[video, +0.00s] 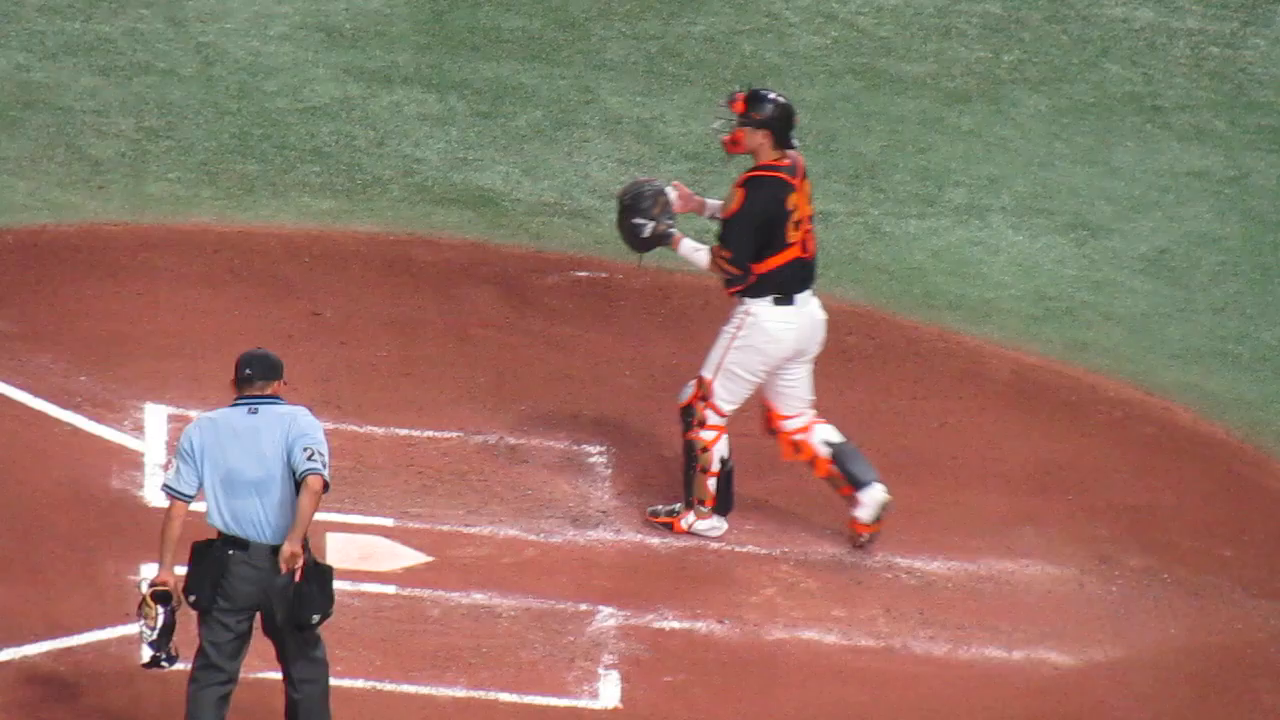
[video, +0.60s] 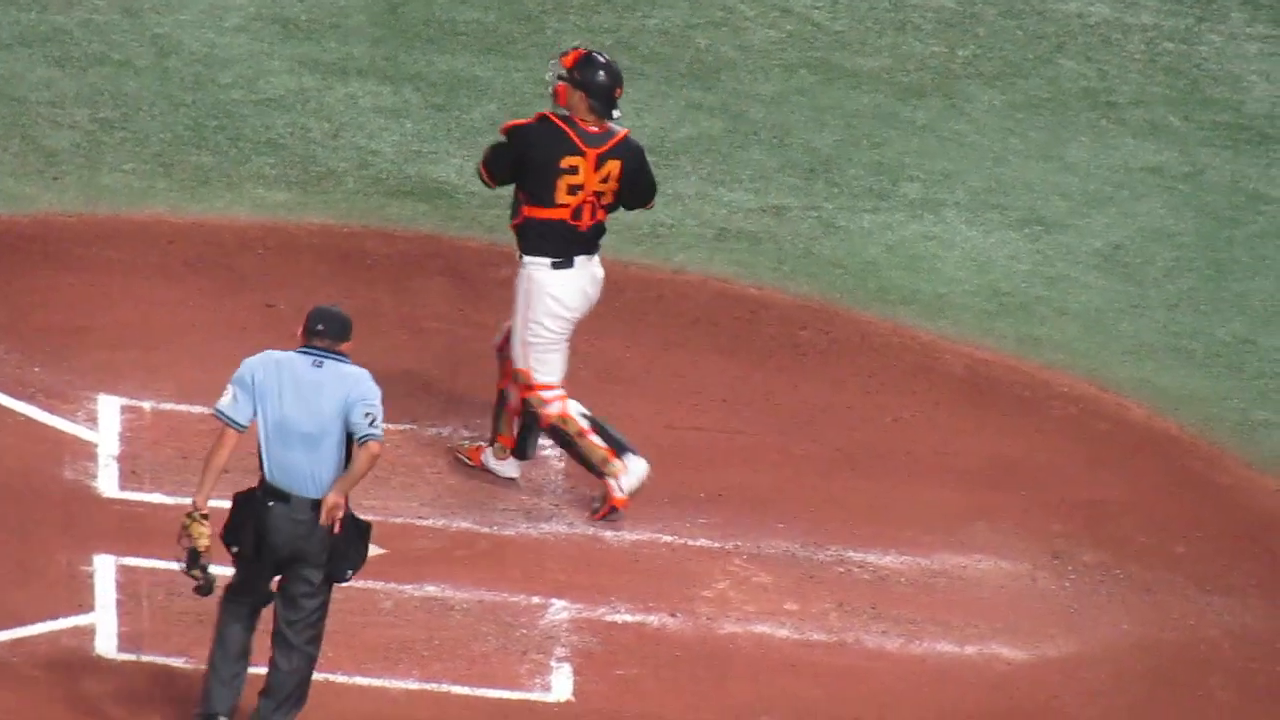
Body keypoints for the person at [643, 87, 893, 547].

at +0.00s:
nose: (736, 131)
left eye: (744, 125)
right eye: (739, 123)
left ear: (766, 134)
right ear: (772, 133)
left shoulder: (758, 189)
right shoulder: (791, 166)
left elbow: (727, 265)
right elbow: (750, 214)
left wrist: (672, 239)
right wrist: (701, 205)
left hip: (764, 317)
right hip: (805, 311)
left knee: (704, 407)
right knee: (794, 421)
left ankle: (704, 512)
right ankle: (866, 490)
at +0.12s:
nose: (690, 126)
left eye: (699, 122)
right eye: (693, 119)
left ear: (718, 131)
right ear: (731, 132)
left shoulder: (705, 187)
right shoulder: (748, 165)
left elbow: (676, 260)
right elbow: (705, 212)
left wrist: (624, 235)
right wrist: (653, 196)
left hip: (715, 316)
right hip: (754, 308)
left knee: (672, 416)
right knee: (716, 408)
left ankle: (686, 521)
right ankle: (782, 478)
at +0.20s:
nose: (664, 125)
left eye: (672, 120)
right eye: (668, 117)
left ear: (691, 129)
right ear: (706, 129)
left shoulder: (675, 183)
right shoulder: (727, 166)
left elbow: (646, 255)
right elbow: (696, 210)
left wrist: (603, 225)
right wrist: (642, 189)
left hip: (687, 315)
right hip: (725, 306)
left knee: (657, 418)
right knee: (675, 397)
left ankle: (676, 526)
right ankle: (720, 483)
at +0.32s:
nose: (628, 113)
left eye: (634, 108)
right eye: (632, 106)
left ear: (651, 119)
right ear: (674, 117)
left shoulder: (631, 171)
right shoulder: (695, 158)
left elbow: (589, 233)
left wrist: (587, 187)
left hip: (646, 305)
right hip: (688, 296)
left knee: (638, 419)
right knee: (615, 378)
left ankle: (669, 518)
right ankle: (619, 484)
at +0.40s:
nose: (607, 104)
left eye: (613, 100)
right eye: (611, 98)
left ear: (624, 110)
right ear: (655, 110)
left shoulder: (600, 160)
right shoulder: (676, 154)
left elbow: (555, 215)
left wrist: (570, 166)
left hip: (619, 295)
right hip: (661, 290)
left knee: (621, 411)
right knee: (588, 368)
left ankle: (660, 509)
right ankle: (557, 467)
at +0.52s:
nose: (575, 95)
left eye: (581, 92)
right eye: (579, 88)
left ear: (595, 103)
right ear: (622, 105)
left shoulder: (560, 147)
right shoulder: (643, 149)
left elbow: (512, 193)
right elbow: (653, 195)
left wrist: (540, 158)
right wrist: (602, 186)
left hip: (574, 287)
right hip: (616, 283)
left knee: (586, 408)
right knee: (543, 359)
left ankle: (646, 495)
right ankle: (513, 459)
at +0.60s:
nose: (559, 87)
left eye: (566, 84)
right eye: (563, 80)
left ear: (580, 97)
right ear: (606, 99)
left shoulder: (538, 133)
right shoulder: (623, 147)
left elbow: (489, 173)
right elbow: (640, 196)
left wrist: (533, 145)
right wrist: (594, 167)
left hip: (546, 280)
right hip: (588, 275)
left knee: (542, 396)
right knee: (512, 350)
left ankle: (618, 468)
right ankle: (504, 452)